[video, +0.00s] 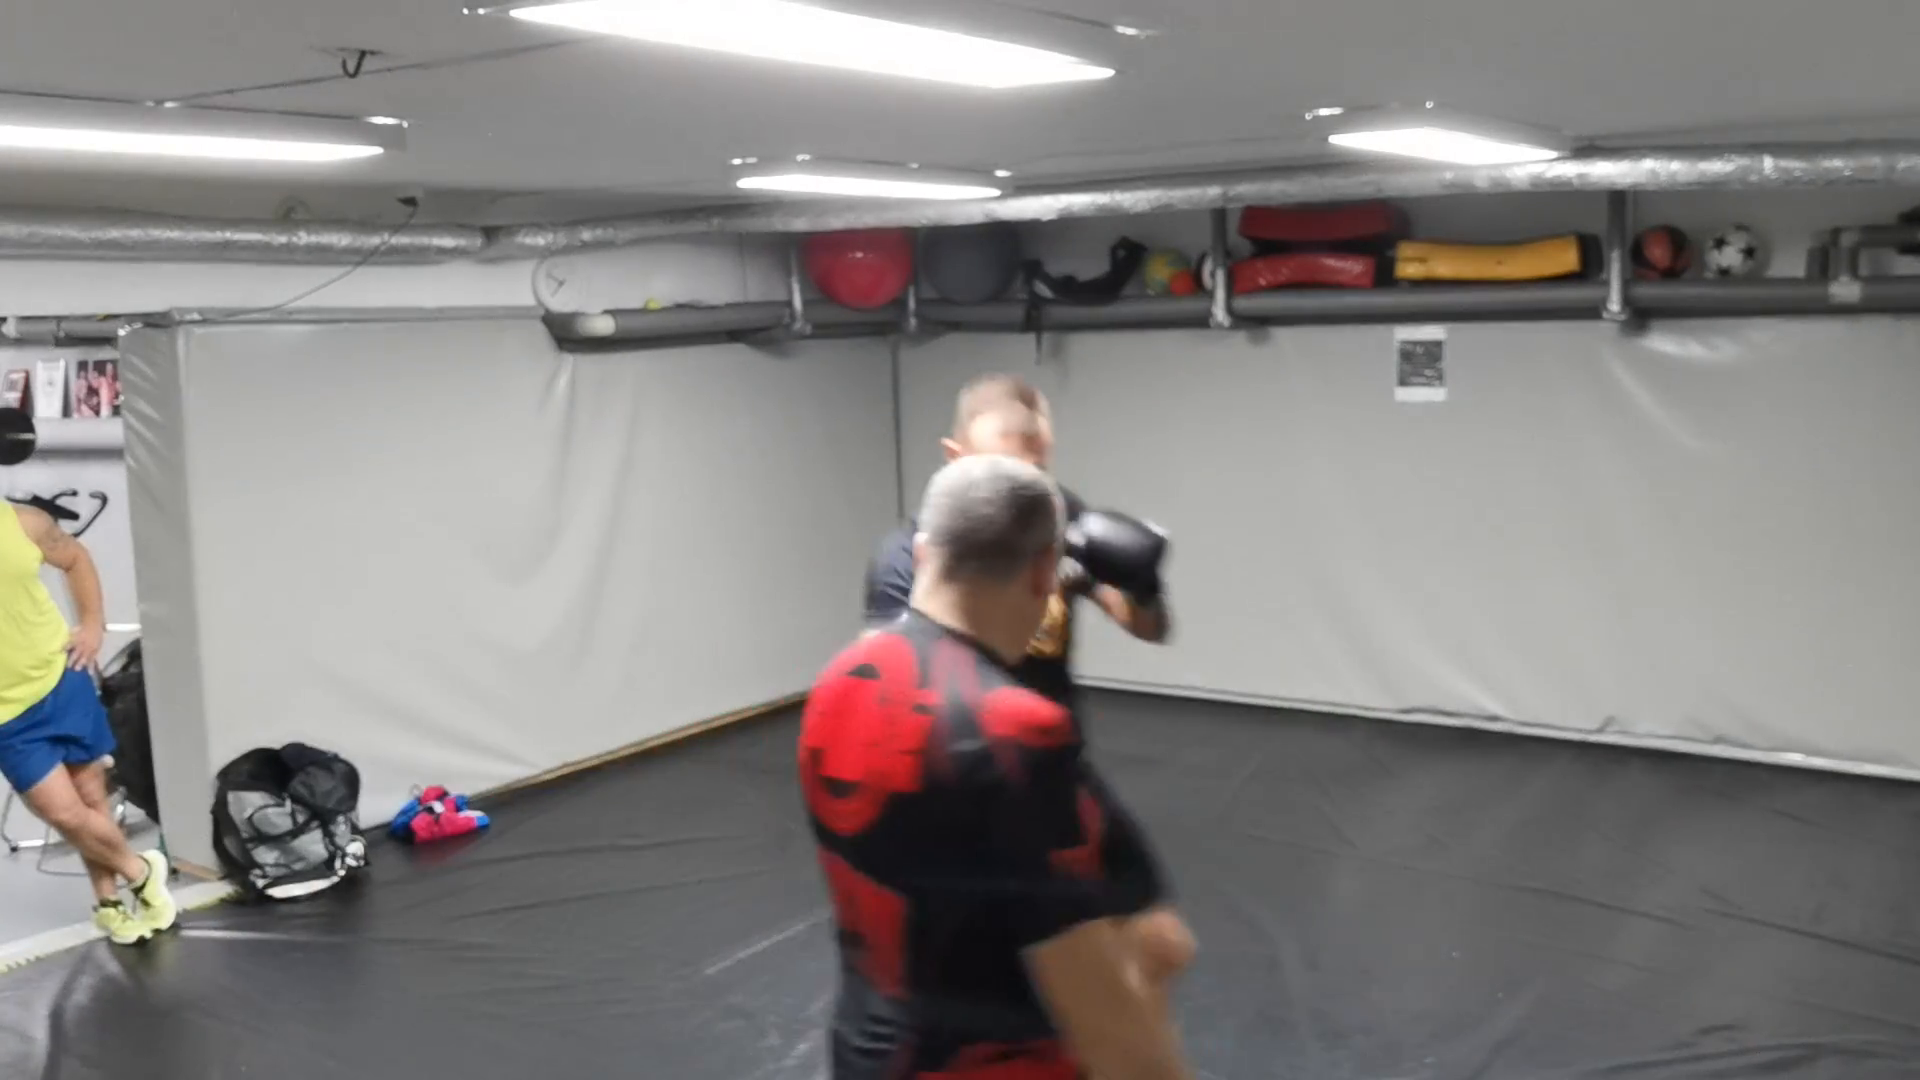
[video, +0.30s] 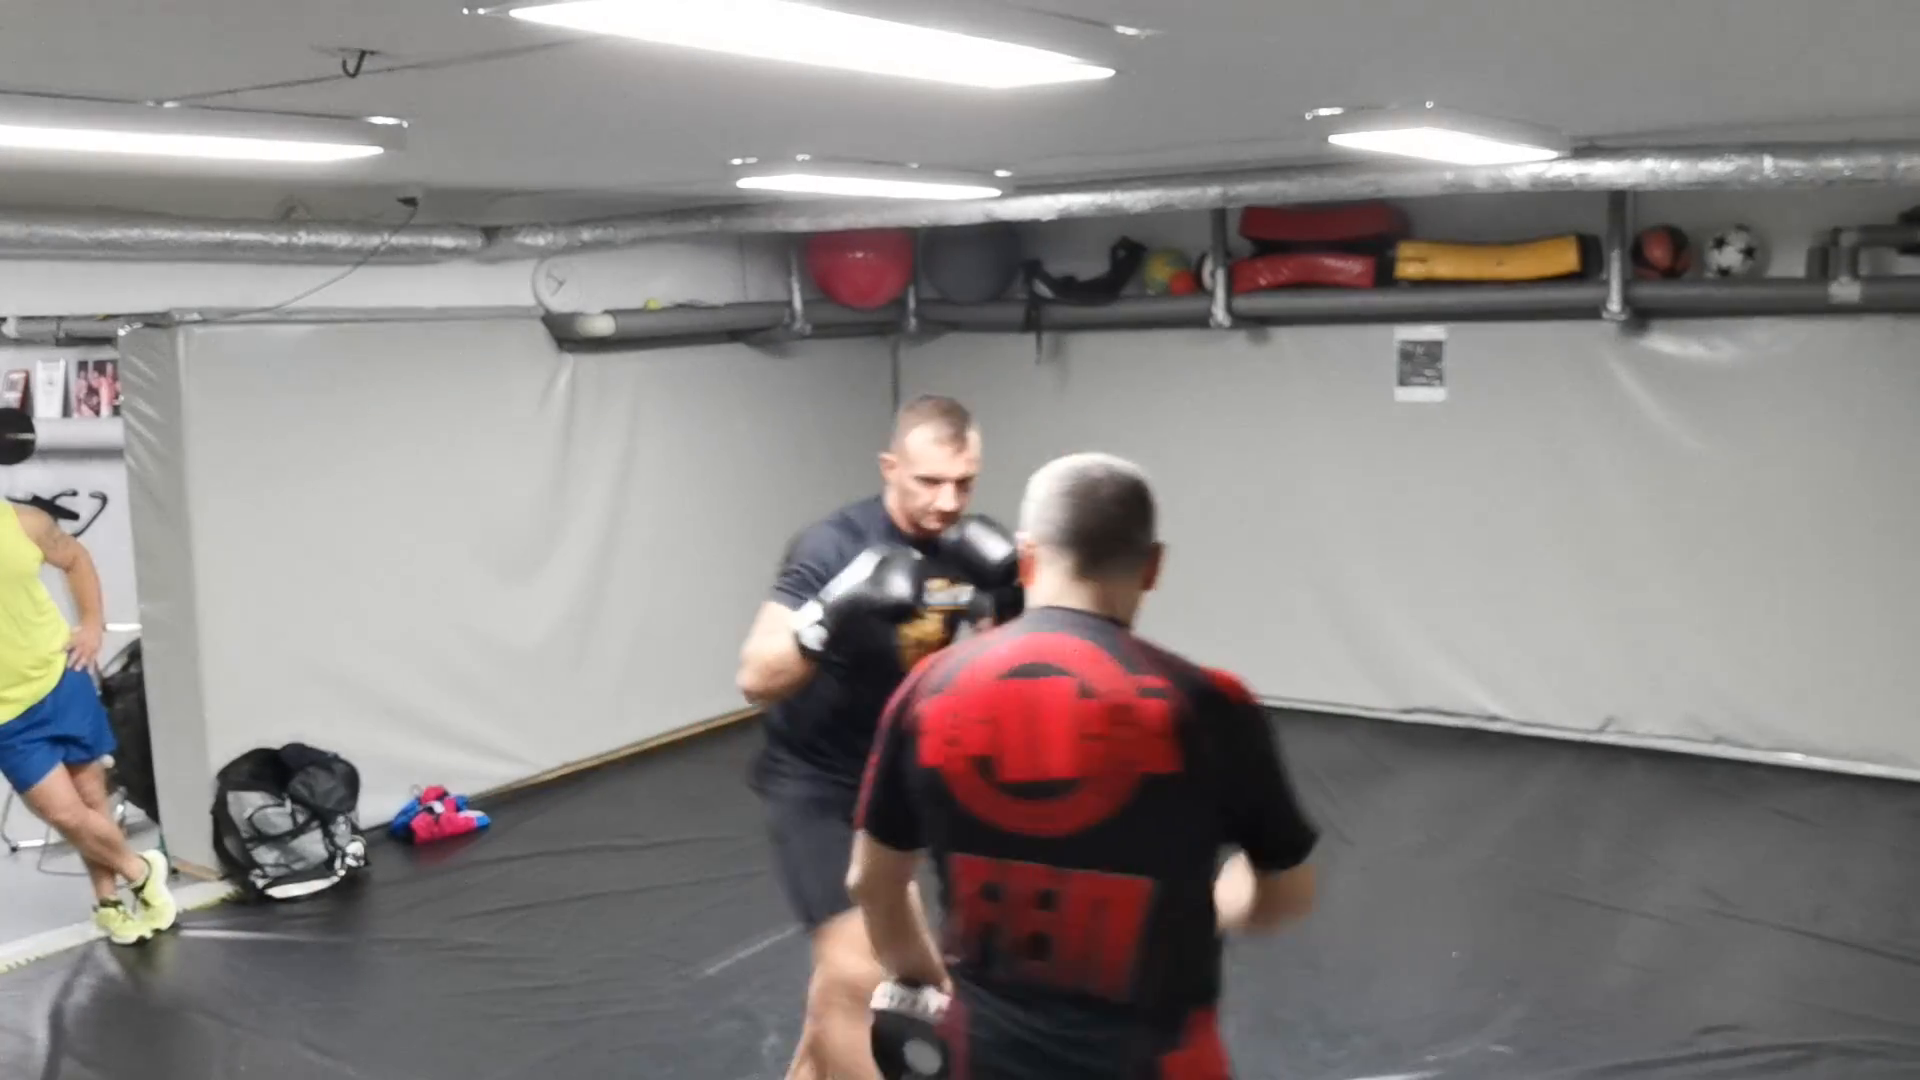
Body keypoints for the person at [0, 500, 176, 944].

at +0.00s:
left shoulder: (22, 523)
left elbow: (76, 558)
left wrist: (92, 624)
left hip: (61, 682)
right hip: (8, 714)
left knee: (91, 797)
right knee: (64, 816)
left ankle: (108, 900)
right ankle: (142, 872)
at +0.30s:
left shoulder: (22, 523)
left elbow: (76, 558)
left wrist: (92, 623)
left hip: (61, 683)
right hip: (7, 715)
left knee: (91, 799)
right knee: (65, 817)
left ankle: (107, 901)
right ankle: (141, 871)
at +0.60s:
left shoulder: (21, 523)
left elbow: (76, 558)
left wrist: (92, 623)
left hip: (61, 682)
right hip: (7, 714)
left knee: (90, 798)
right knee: (64, 816)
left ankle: (107, 901)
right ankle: (142, 872)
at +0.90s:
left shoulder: (22, 523)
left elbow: (75, 558)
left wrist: (92, 623)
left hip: (62, 682)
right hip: (8, 715)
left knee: (91, 799)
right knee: (66, 818)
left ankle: (107, 901)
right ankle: (141, 872)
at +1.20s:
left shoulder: (22, 523)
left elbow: (76, 558)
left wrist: (92, 623)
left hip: (62, 682)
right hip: (8, 715)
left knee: (91, 799)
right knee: (66, 817)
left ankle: (108, 901)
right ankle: (141, 872)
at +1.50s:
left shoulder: (22, 523)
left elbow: (76, 557)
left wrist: (92, 623)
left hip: (61, 682)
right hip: (8, 715)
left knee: (91, 798)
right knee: (64, 816)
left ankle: (107, 901)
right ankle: (141, 872)